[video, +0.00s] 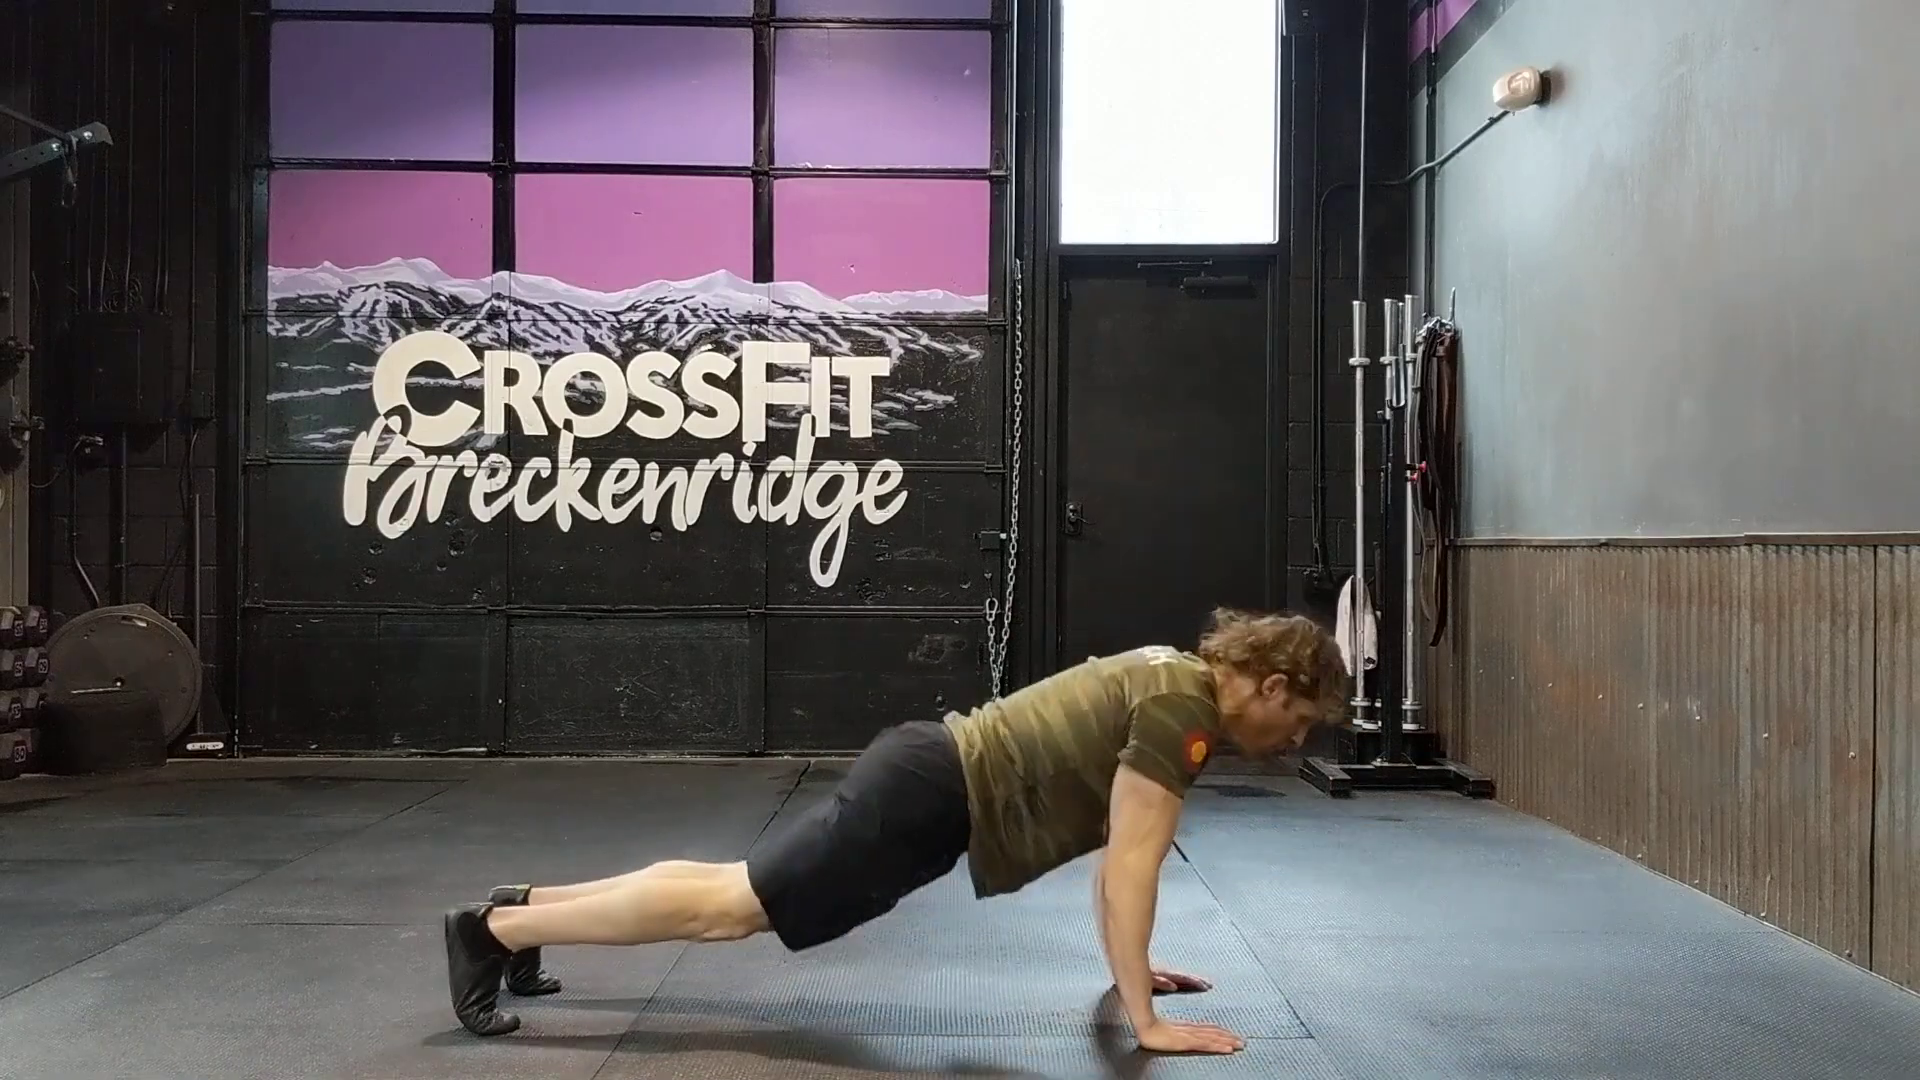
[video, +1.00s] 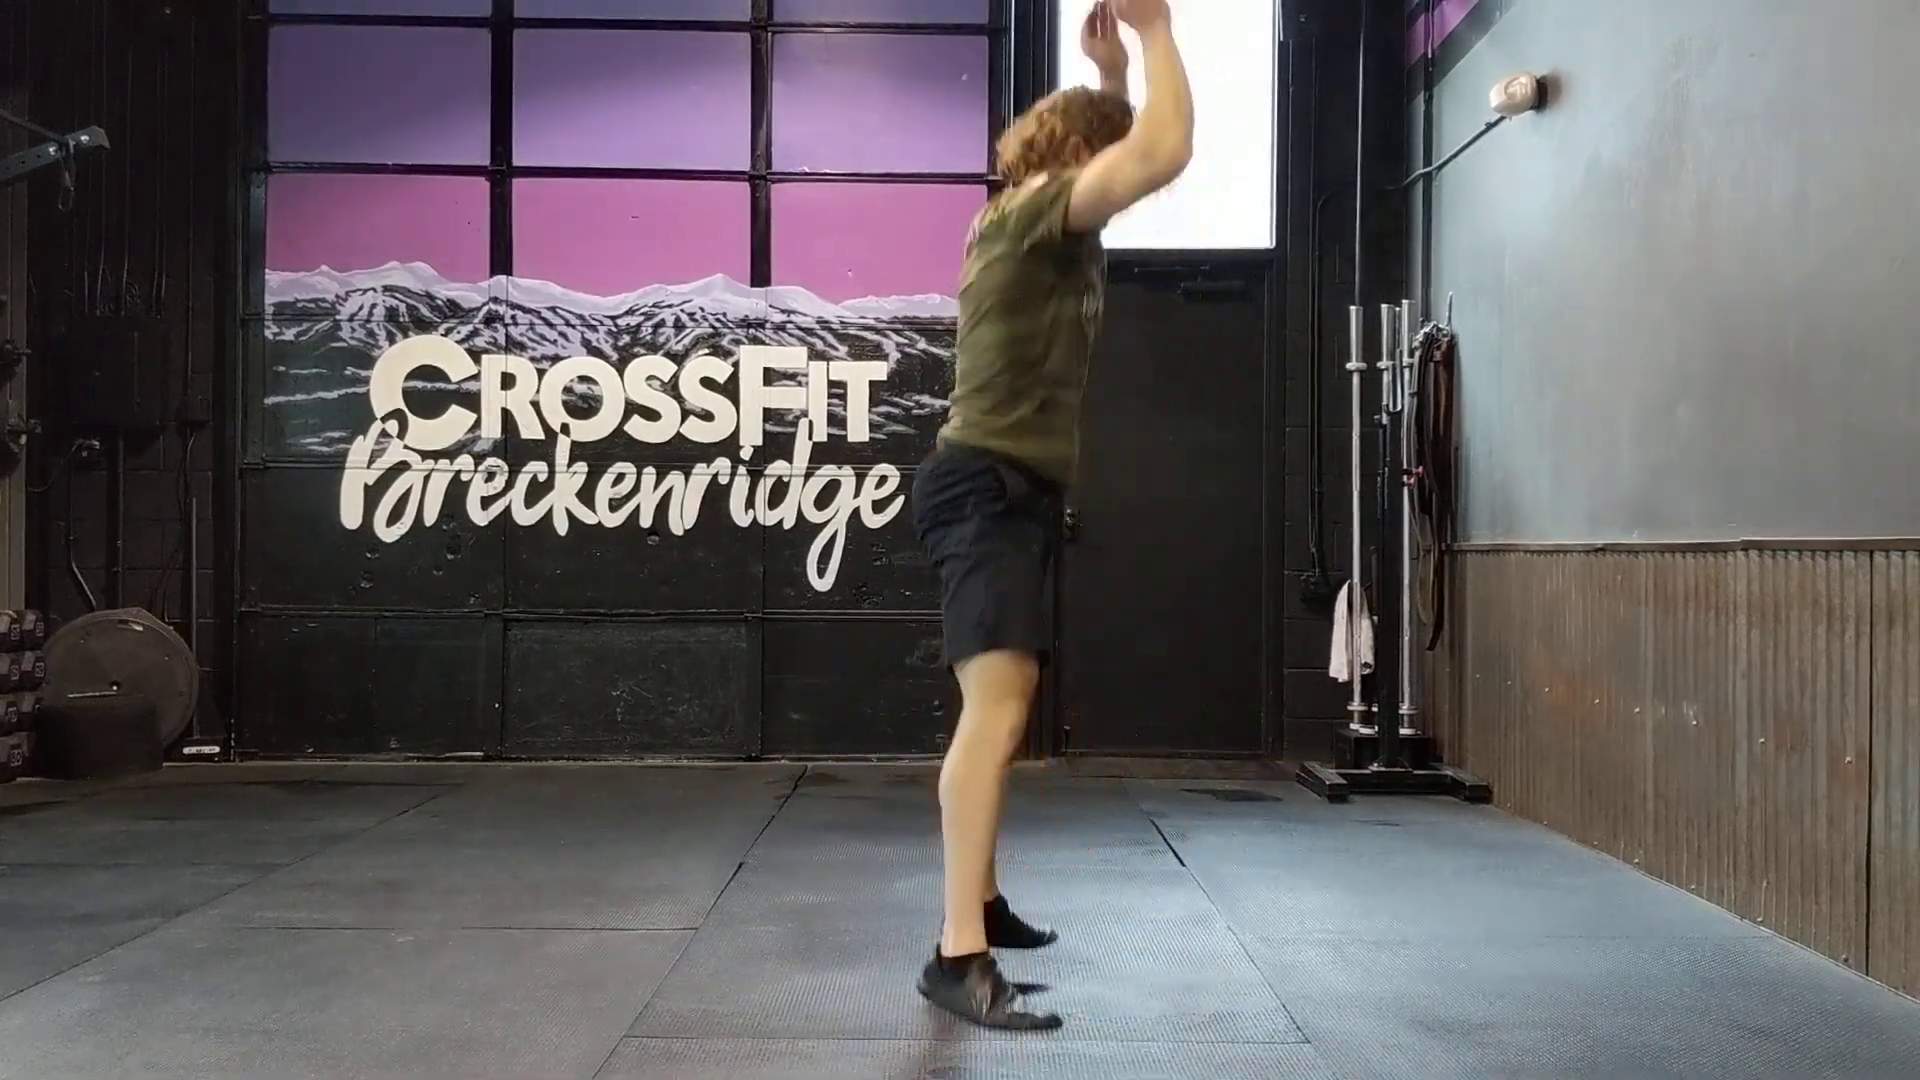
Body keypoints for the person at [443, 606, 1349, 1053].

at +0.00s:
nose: (1295, 740)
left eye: (1304, 727)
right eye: (1300, 721)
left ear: (1259, 677)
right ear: (1268, 686)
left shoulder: (1177, 697)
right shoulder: (1171, 701)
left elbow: (1127, 850)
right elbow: (1128, 863)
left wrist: (1132, 965)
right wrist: (1143, 1014)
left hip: (930, 777)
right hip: (930, 794)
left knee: (741, 889)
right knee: (731, 908)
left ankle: (527, 911)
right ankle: (497, 929)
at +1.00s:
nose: (1116, 181)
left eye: (1119, 162)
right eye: (1112, 161)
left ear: (1049, 150)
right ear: (1074, 156)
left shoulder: (1032, 219)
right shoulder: (1030, 216)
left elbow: (1099, 145)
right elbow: (1160, 152)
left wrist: (1110, 66)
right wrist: (1158, 30)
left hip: (1011, 490)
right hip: (985, 486)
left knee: (996, 709)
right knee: (994, 713)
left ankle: (974, 897)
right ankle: (957, 954)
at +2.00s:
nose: (1254, 606)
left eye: (1266, 593)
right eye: (1261, 586)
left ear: (1224, 541)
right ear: (1228, 546)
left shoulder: (1143, 542)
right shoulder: (1145, 553)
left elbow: (1101, 726)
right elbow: (1110, 738)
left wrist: (1123, 865)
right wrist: (1145, 894)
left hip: (901, 566)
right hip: (892, 569)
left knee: (993, 768)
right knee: (994, 773)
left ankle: (934, 963)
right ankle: (906, 1004)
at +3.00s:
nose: (1340, 798)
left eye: (1347, 783)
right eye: (1341, 781)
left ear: (1288, 743)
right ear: (1303, 765)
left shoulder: (1207, 768)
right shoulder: (1210, 799)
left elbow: (1101, 873)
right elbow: (1102, 889)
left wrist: (1133, 978)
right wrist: (1127, 1028)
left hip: (960, 824)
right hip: (961, 856)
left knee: (744, 896)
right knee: (723, 947)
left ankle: (545, 898)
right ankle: (485, 946)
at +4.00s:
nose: (1203, 447)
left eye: (1205, 432)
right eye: (1197, 429)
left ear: (1138, 424)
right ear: (1149, 424)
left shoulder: (1088, 481)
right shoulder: (1076, 488)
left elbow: (1082, 603)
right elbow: (1077, 643)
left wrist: (1181, 611)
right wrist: (1231, 665)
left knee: (1066, 755)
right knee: (1057, 805)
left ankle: (983, 952)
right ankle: (936, 1029)